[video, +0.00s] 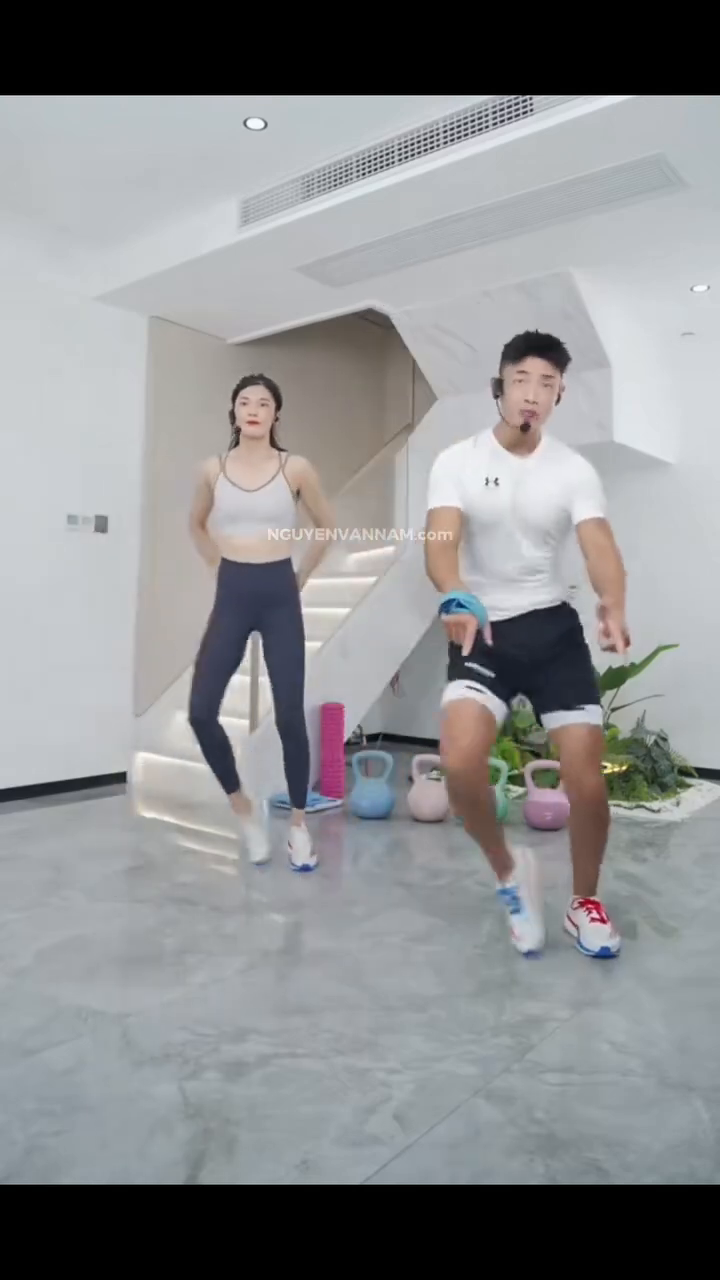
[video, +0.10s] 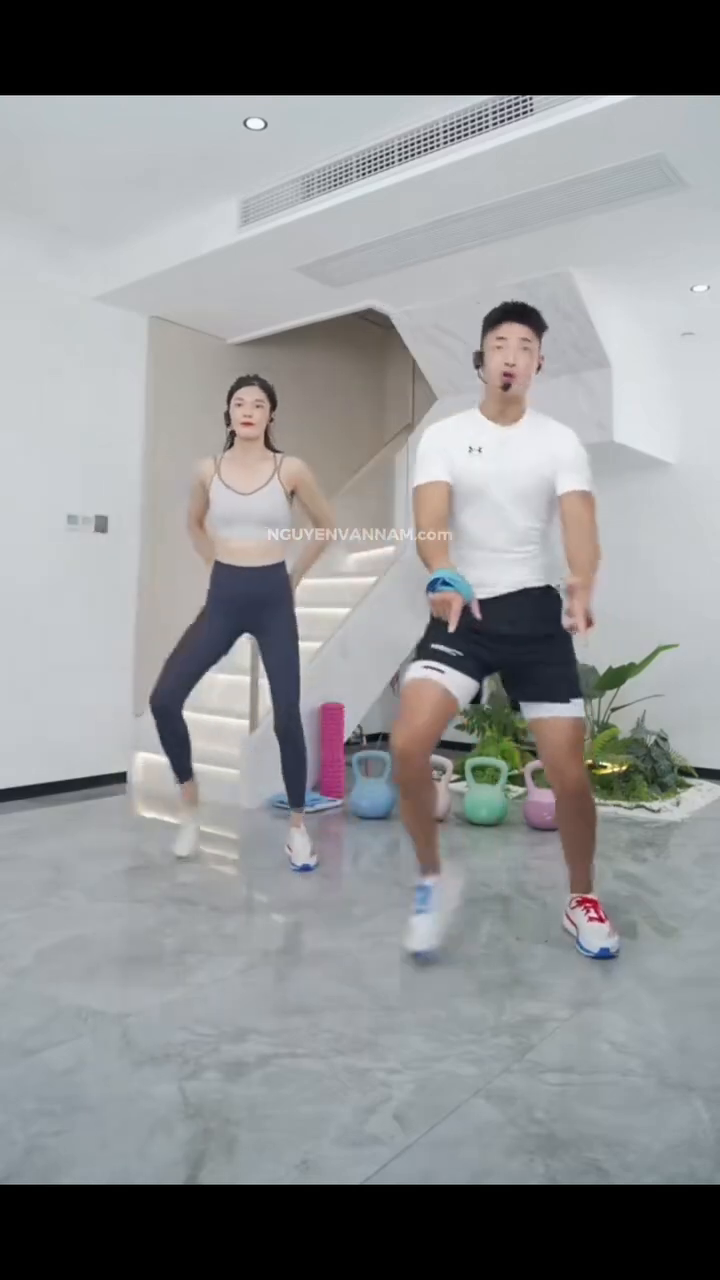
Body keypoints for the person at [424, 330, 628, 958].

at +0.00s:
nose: (532, 393)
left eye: (545, 384)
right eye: (521, 380)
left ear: (558, 398)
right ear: (499, 388)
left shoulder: (574, 470)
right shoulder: (456, 462)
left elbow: (600, 546)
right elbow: (441, 538)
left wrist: (611, 604)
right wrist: (454, 595)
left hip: (554, 629)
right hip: (481, 630)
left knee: (586, 782)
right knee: (458, 763)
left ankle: (586, 902)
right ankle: (508, 875)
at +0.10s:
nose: (512, 356)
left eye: (524, 347)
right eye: (500, 345)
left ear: (539, 363)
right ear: (481, 359)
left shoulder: (560, 441)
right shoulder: (443, 436)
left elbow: (579, 522)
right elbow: (431, 519)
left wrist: (580, 585)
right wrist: (441, 577)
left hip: (537, 615)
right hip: (461, 612)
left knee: (571, 778)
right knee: (408, 743)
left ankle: (583, 899)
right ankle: (431, 879)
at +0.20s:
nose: (481, 332)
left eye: (492, 323)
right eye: (469, 323)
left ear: (510, 341)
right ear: (451, 341)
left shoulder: (537, 421)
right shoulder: (417, 418)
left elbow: (551, 511)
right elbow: (402, 508)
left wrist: (547, 574)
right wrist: (413, 558)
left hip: (512, 602)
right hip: (434, 602)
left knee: (551, 760)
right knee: (375, 744)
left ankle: (582, 897)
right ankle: (340, 896)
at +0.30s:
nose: (446, 338)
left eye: (458, 330)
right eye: (435, 331)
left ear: (477, 347)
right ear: (418, 349)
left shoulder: (506, 426)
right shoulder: (387, 425)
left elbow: (525, 516)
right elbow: (352, 502)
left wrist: (520, 567)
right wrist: (363, 552)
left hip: (481, 608)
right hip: (400, 606)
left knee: (529, 771)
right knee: (351, 757)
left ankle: (573, 900)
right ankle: (292, 910)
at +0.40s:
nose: (412, 349)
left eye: (424, 339)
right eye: (401, 340)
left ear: (445, 356)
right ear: (384, 359)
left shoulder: (469, 442)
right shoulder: (349, 439)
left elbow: (500, 527)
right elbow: (310, 516)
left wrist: (501, 592)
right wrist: (306, 573)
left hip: (447, 626)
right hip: (363, 625)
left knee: (520, 774)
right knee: (317, 773)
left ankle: (560, 894)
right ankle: (293, 919)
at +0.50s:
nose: (389, 347)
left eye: (402, 336)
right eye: (377, 337)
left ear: (423, 351)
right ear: (362, 355)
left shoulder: (451, 439)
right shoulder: (326, 435)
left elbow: (497, 527)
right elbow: (271, 520)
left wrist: (486, 594)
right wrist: (269, 600)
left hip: (429, 617)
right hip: (345, 619)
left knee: (499, 752)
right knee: (303, 762)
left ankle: (498, 868)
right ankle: (292, 919)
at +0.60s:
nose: (375, 335)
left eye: (389, 324)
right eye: (362, 325)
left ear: (410, 338)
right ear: (346, 341)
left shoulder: (446, 424)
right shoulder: (314, 422)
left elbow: (499, 505)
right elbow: (269, 495)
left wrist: (469, 587)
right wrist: (270, 586)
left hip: (417, 603)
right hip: (335, 604)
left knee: (444, 744)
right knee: (306, 752)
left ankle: (416, 849)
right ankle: (291, 915)